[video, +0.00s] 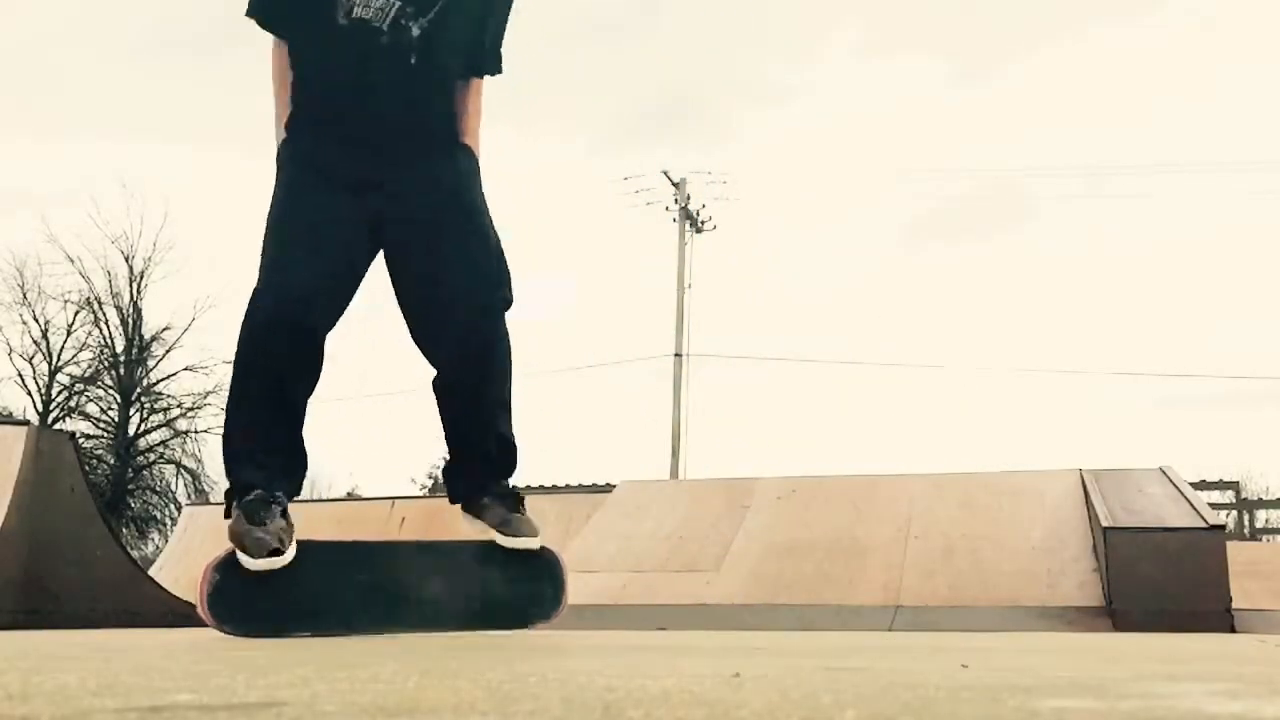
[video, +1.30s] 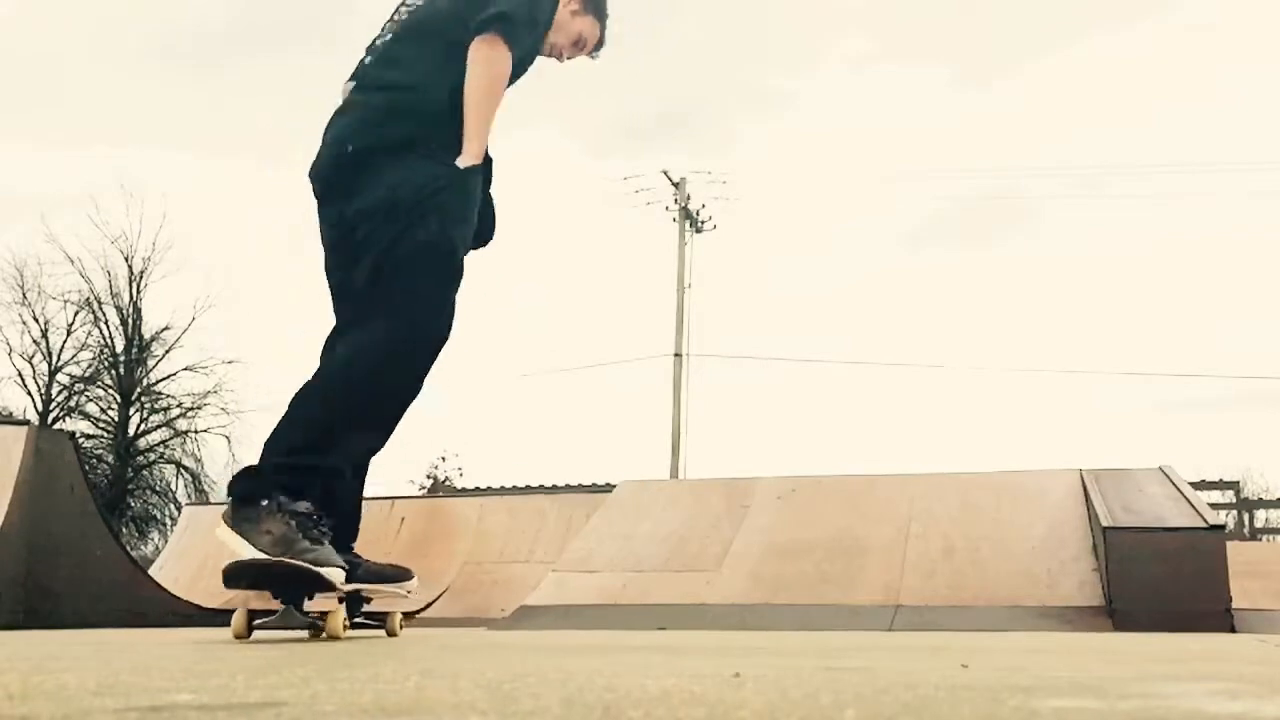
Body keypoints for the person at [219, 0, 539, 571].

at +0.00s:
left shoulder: (480, 6)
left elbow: (469, 75)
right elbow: (287, 51)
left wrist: (466, 175)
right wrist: (292, 154)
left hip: (432, 156)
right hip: (324, 153)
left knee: (473, 314)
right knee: (286, 316)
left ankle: (484, 481)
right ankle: (259, 492)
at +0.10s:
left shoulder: (472, 6)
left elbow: (468, 23)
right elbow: (286, 9)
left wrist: (452, 110)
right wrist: (288, 93)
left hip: (414, 109)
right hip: (325, 106)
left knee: (498, 211)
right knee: (315, 258)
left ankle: (474, 380)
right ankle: (279, 430)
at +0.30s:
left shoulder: (475, 5)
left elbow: (436, 70)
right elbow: (276, 36)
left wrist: (431, 152)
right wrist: (311, 147)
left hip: (414, 149)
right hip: (337, 143)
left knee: (476, 311)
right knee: (359, 299)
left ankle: (366, 461)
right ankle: (290, 504)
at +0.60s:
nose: (550, 52)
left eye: (567, 45)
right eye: (554, 30)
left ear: (577, 42)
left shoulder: (503, 80)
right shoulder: (405, 14)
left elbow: (426, 158)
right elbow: (299, 55)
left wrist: (393, 216)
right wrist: (309, 185)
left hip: (387, 221)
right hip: (309, 194)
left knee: (435, 382)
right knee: (365, 334)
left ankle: (359, 541)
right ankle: (279, 529)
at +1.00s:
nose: (595, 63)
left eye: (608, 61)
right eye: (605, 46)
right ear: (586, 6)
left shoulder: (495, 68)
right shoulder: (476, 9)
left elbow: (410, 134)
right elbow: (366, 28)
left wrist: (394, 196)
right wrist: (346, 156)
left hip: (383, 194)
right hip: (322, 165)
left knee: (410, 371)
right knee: (348, 331)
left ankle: (342, 541)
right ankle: (256, 526)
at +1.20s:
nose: (582, 62)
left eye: (594, 62)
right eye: (595, 48)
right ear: (583, 4)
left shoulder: (499, 42)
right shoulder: (518, 5)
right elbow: (454, 33)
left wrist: (417, 183)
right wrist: (417, 147)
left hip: (394, 180)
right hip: (367, 154)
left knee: (402, 360)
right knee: (348, 323)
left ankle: (331, 538)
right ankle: (240, 519)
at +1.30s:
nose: (567, 51)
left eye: (578, 52)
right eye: (579, 38)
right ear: (569, 3)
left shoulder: (452, 14)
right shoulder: (530, 6)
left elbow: (370, 81)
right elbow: (490, 47)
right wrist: (473, 156)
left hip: (356, 156)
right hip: (401, 153)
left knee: (369, 338)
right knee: (406, 328)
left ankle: (327, 538)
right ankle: (274, 497)